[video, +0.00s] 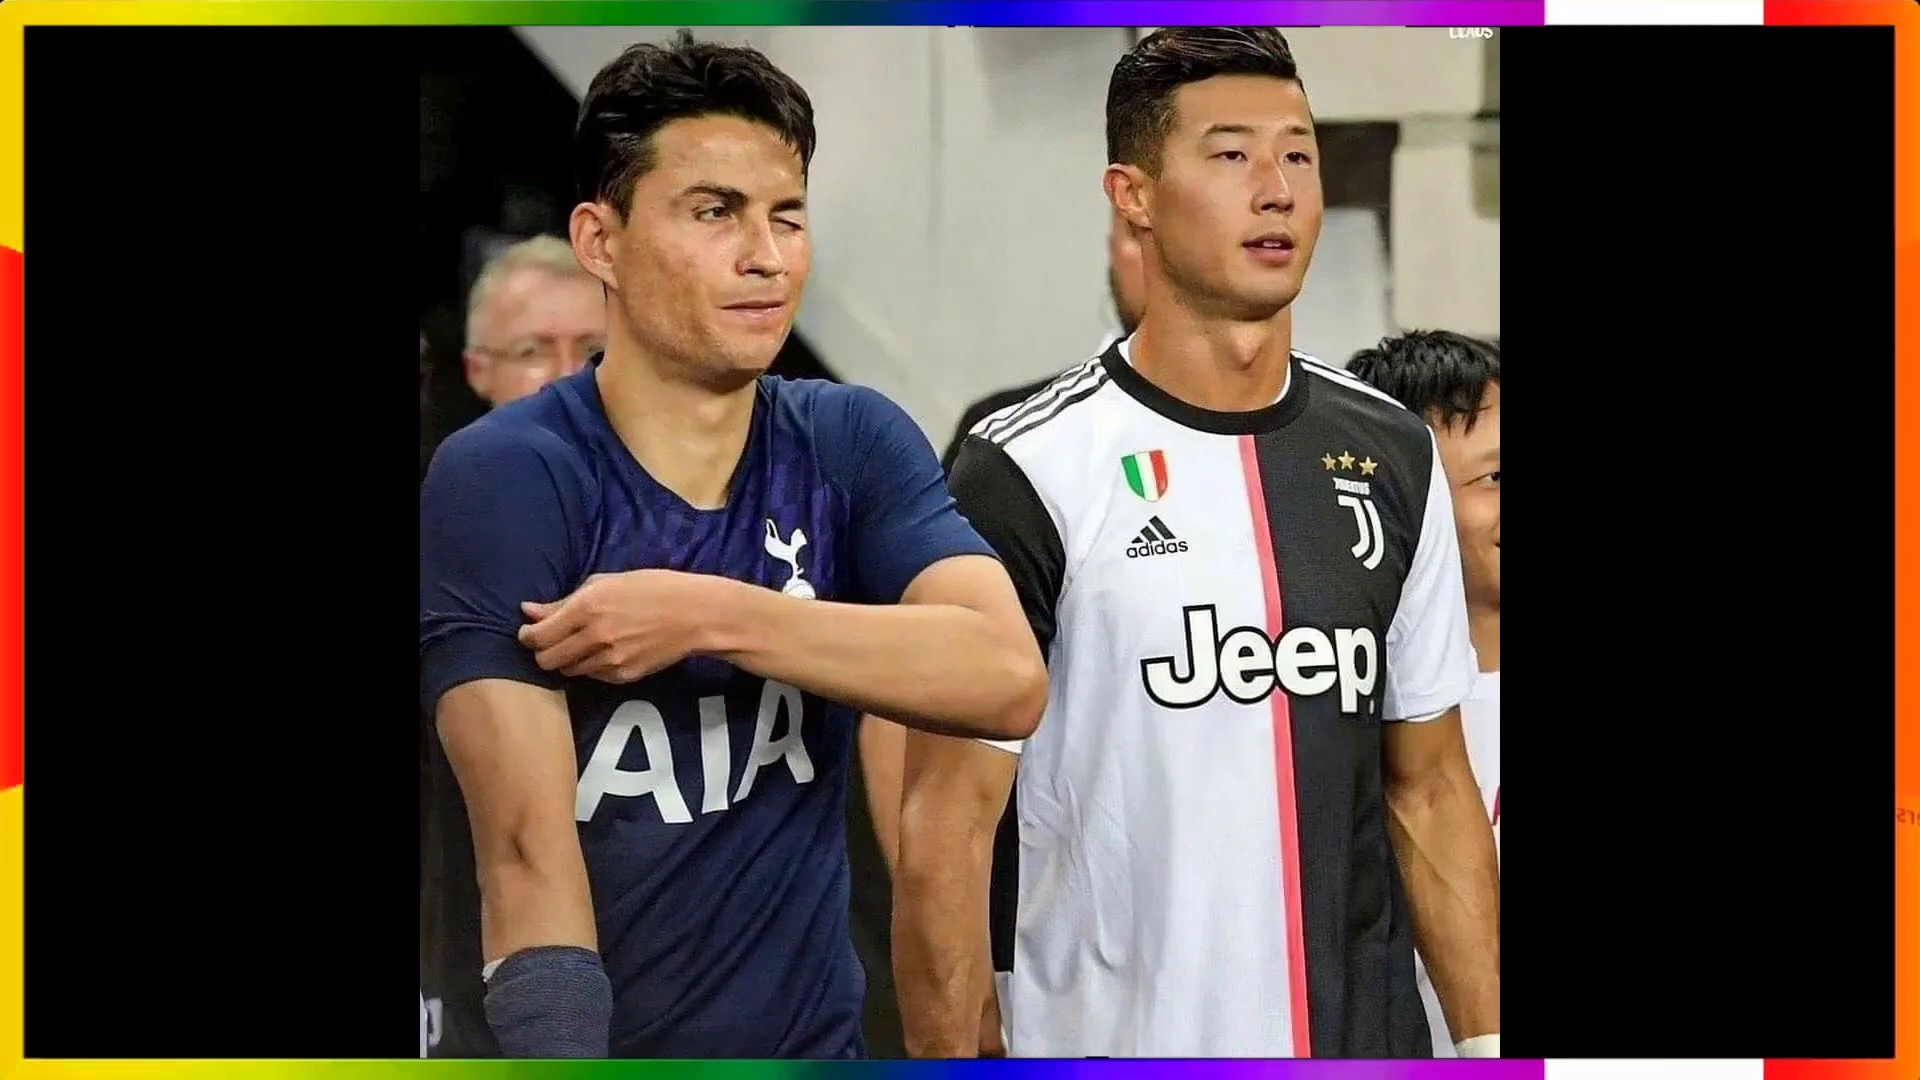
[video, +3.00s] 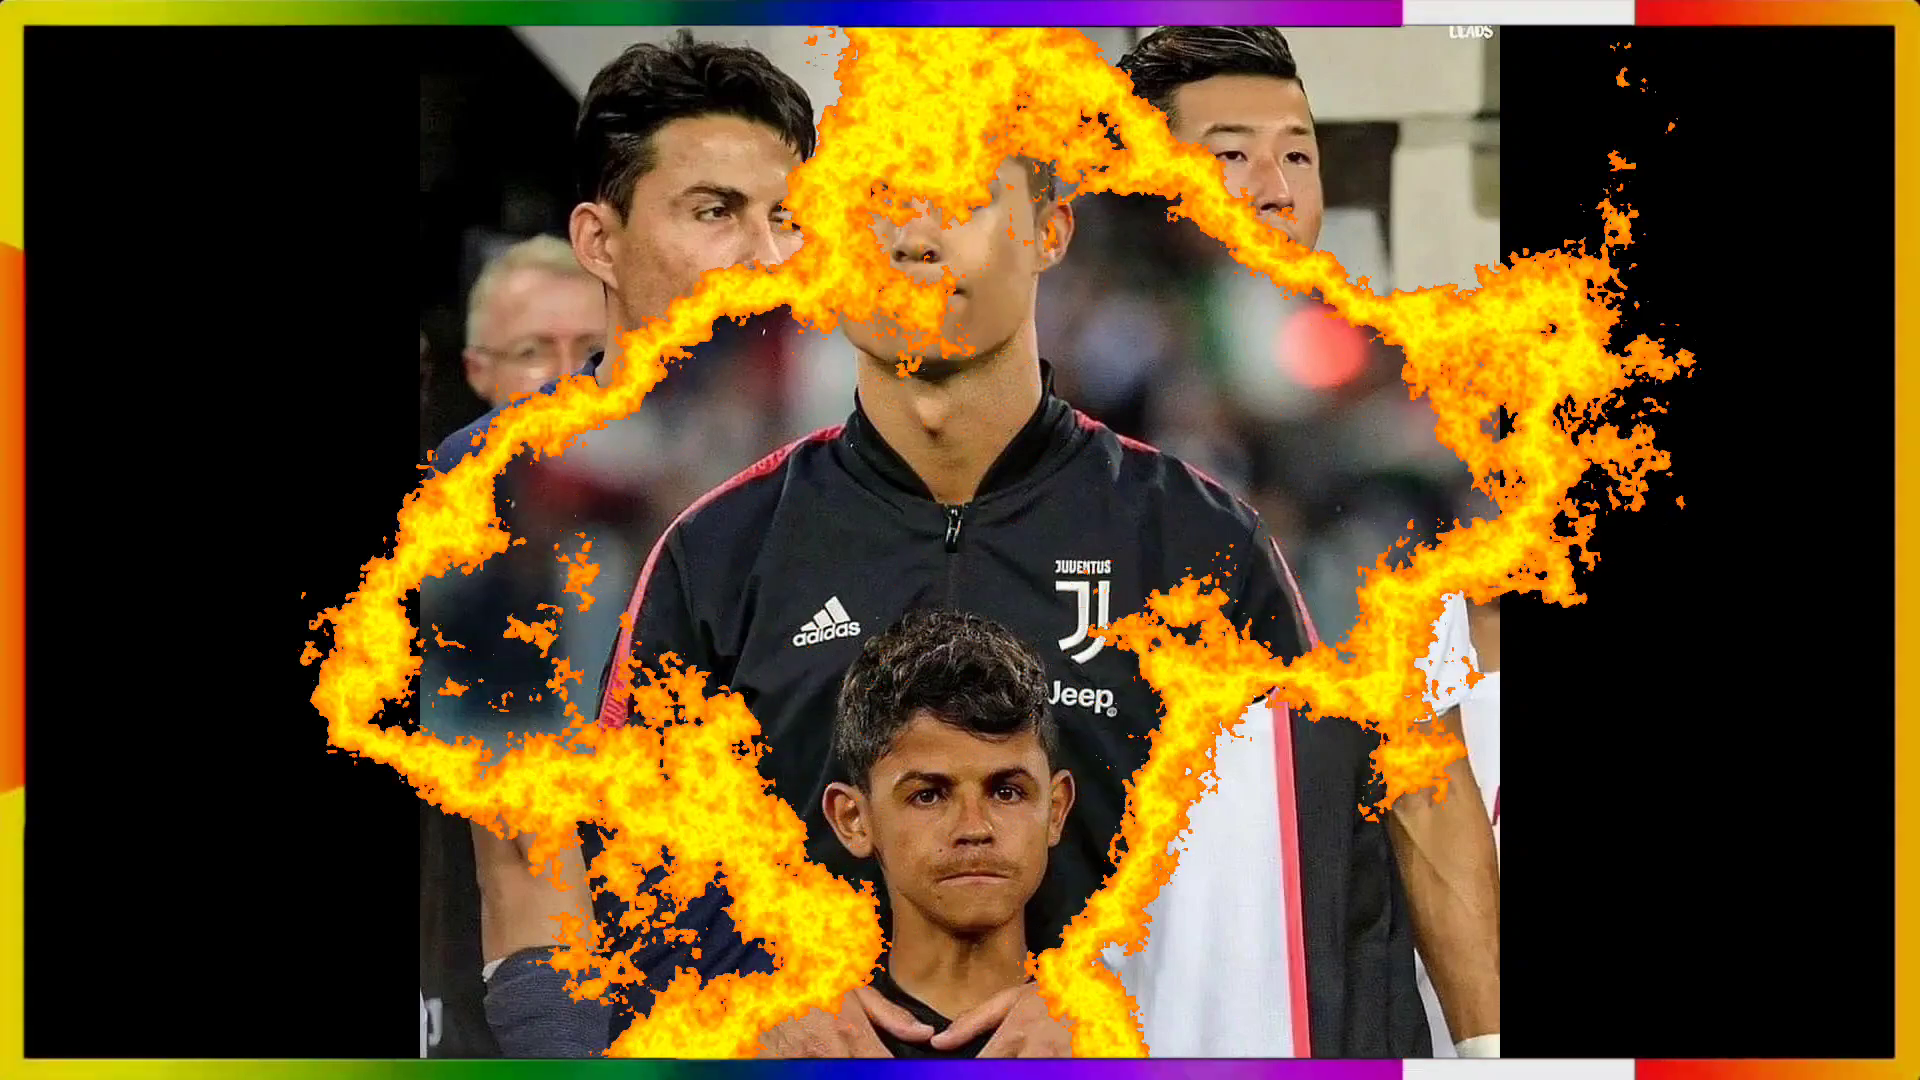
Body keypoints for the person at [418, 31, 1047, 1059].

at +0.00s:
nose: (766, 257)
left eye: (785, 218)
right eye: (712, 212)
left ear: (809, 237)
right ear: (601, 241)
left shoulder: (856, 439)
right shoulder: (499, 476)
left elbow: (1009, 681)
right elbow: (525, 851)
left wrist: (714, 613)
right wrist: (561, 1058)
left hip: (812, 1042)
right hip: (594, 1036)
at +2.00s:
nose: (766, 257)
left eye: (785, 218)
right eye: (712, 212)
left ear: (809, 237)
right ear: (601, 241)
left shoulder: (856, 439)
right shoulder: (499, 476)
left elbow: (1009, 681)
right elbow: (525, 851)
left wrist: (714, 613)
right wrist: (561, 1058)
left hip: (812, 1042)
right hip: (594, 1036)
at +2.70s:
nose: (767, 260)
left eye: (787, 219)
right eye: (715, 212)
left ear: (811, 236)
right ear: (600, 241)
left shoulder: (846, 453)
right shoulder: (497, 475)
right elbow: (524, 855)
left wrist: (708, 619)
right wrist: (560, 1060)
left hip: (813, 1037)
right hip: (602, 1037)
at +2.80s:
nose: (766, 259)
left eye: (788, 220)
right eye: (714, 212)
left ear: (811, 238)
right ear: (600, 241)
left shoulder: (857, 453)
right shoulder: (492, 477)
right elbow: (524, 845)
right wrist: (560, 1053)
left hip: (841, 1030)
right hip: (614, 1034)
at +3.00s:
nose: (766, 257)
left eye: (787, 218)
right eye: (714, 211)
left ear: (809, 234)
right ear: (598, 239)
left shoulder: (830, 461)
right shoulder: (497, 478)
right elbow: (527, 856)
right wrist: (571, 1047)